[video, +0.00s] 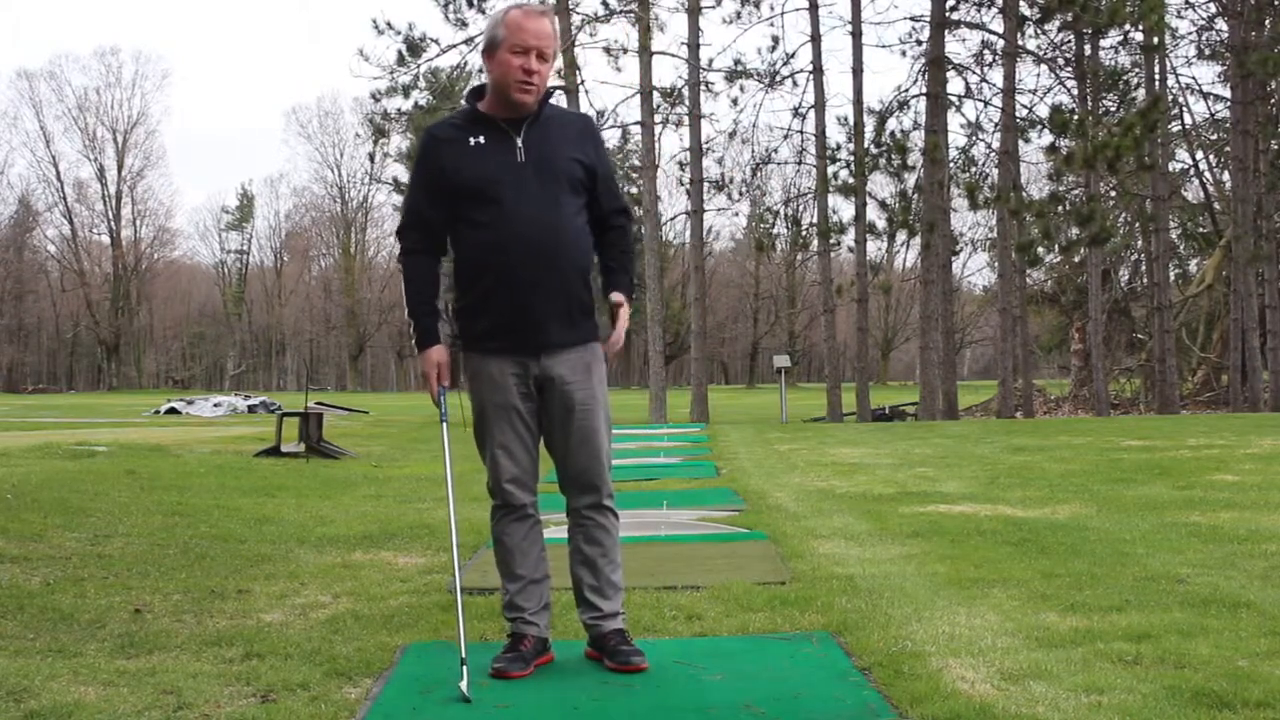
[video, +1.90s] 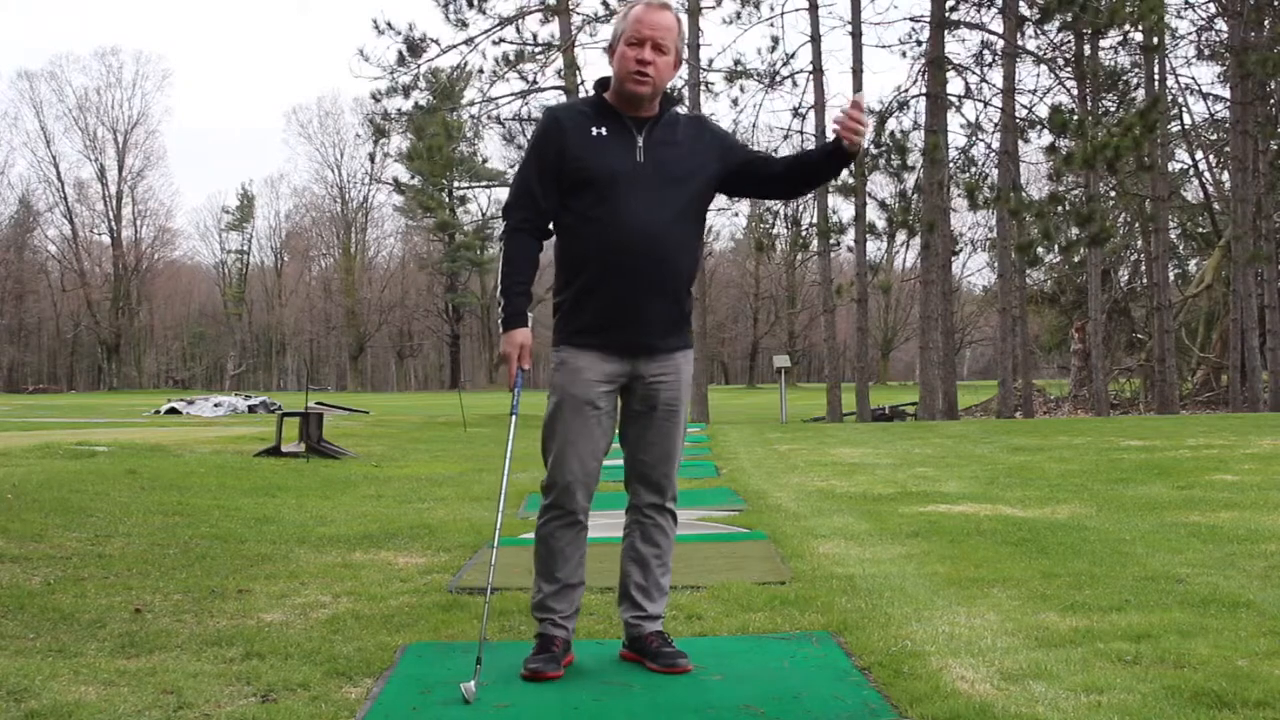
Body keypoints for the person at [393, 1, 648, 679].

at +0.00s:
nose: (533, 67)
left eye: (544, 57)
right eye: (520, 53)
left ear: (554, 65)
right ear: (487, 58)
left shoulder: (578, 132)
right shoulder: (444, 142)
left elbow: (613, 219)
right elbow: (419, 245)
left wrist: (622, 291)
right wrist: (428, 338)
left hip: (575, 339)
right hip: (489, 345)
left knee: (592, 491)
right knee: (511, 497)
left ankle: (608, 628)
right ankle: (527, 632)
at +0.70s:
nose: (535, 72)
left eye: (545, 60)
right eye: (523, 58)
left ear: (553, 66)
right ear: (488, 60)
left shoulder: (578, 132)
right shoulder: (442, 145)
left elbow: (639, 214)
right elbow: (419, 248)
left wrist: (617, 187)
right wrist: (429, 345)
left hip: (577, 338)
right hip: (493, 346)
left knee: (601, 490)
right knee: (514, 495)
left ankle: (609, 627)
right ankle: (528, 631)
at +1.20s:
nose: (567, 57)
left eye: (581, 50)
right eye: (556, 44)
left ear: (594, 67)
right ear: (529, 53)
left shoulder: (620, 135)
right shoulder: (484, 135)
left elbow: (690, 186)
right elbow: (450, 234)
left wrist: (682, 141)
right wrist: (451, 332)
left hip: (606, 341)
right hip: (524, 345)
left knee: (626, 490)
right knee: (529, 496)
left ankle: (644, 629)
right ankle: (529, 631)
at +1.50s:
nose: (611, 57)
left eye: (625, 50)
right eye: (601, 43)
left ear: (639, 66)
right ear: (573, 50)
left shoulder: (663, 137)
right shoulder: (525, 130)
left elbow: (732, 176)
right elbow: (488, 231)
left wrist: (768, 148)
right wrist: (487, 326)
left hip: (640, 341)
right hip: (556, 342)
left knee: (643, 495)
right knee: (545, 495)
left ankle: (645, 630)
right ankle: (530, 631)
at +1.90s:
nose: (643, 56)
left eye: (658, 48)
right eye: (634, 44)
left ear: (676, 65)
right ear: (611, 53)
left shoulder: (701, 140)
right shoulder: (564, 129)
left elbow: (776, 179)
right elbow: (523, 227)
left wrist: (840, 149)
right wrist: (515, 319)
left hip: (666, 347)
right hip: (583, 343)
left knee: (655, 496)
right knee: (566, 494)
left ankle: (645, 629)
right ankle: (553, 632)